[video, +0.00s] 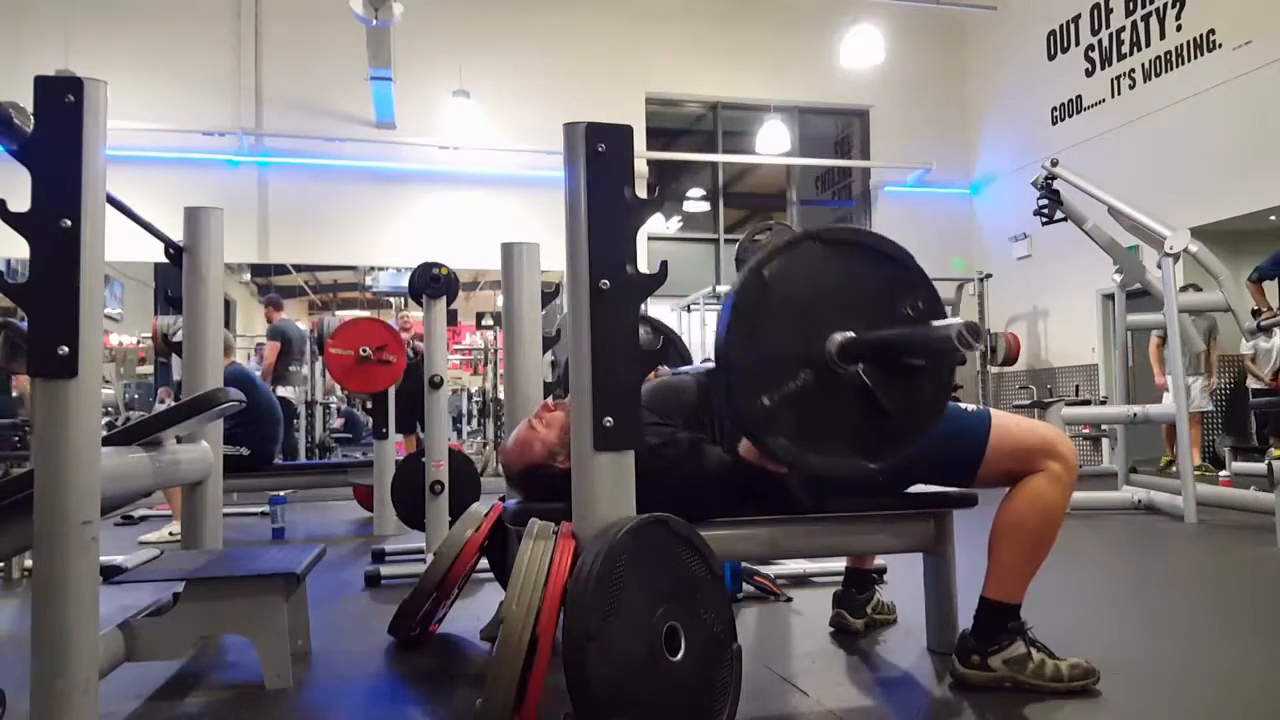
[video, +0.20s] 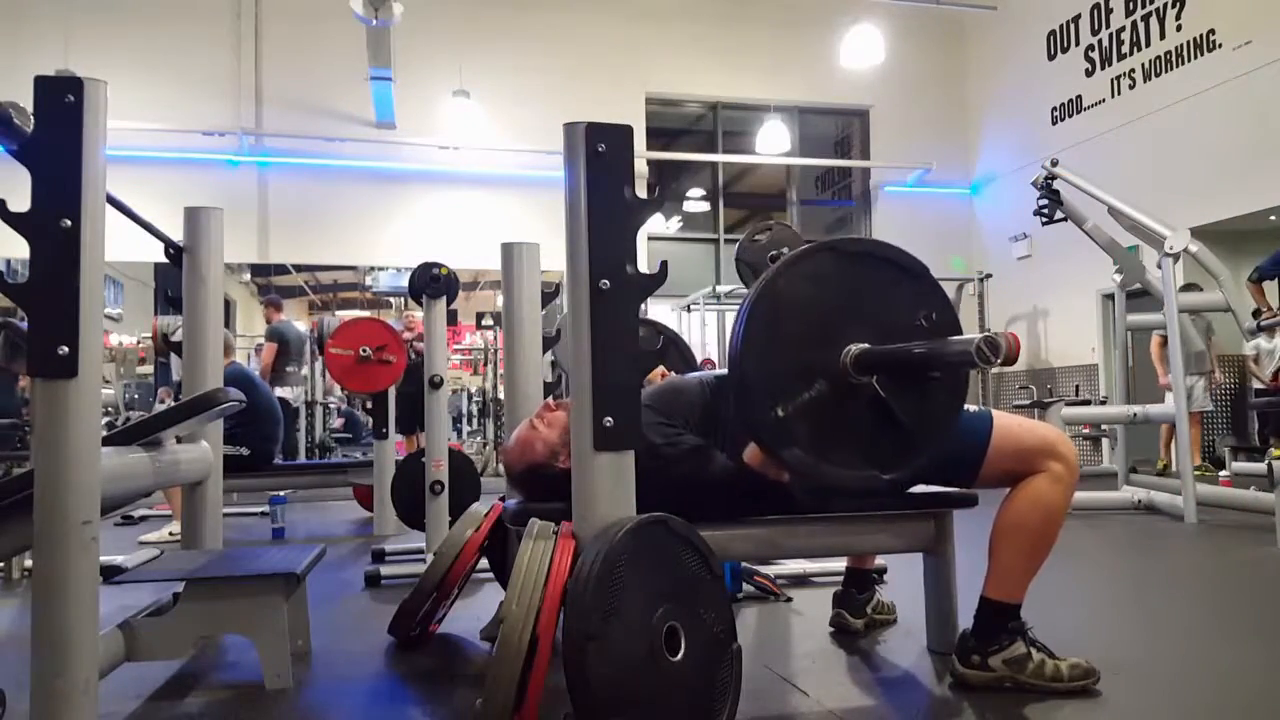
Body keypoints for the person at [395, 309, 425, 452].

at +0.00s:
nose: (406, 320)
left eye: (408, 317)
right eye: (402, 317)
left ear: (413, 321)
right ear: (397, 322)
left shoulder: (422, 337)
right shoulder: (394, 339)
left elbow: (435, 352)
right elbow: (389, 356)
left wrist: (423, 348)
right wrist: (400, 343)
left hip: (424, 386)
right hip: (403, 387)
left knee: (430, 428)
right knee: (408, 430)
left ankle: (434, 462)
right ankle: (412, 462)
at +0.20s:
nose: (410, 320)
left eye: (413, 316)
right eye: (407, 317)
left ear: (417, 320)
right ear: (402, 321)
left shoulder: (424, 337)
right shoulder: (398, 338)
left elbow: (435, 351)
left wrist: (418, 346)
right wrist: (401, 341)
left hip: (424, 386)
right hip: (404, 387)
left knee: (424, 430)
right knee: (408, 431)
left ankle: (425, 461)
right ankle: (411, 461)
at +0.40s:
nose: (418, 318)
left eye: (421, 315)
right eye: (415, 315)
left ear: (425, 318)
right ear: (408, 319)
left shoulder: (431, 337)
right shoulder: (403, 338)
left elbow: (442, 355)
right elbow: (396, 359)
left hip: (427, 386)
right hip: (407, 386)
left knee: (425, 430)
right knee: (410, 431)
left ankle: (424, 463)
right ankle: (411, 462)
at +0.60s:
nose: (421, 327)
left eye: (424, 324)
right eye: (419, 323)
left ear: (431, 324)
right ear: (414, 322)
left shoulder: (434, 338)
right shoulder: (408, 337)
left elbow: (454, 352)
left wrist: (426, 334)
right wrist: (407, 335)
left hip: (428, 389)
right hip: (409, 388)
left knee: (425, 432)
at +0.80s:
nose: (421, 322)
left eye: (424, 318)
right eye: (419, 318)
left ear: (431, 320)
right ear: (415, 319)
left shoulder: (437, 335)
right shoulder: (409, 335)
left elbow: (460, 351)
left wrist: (442, 339)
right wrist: (408, 328)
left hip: (431, 389)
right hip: (411, 386)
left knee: (429, 430)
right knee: (408, 429)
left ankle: (428, 462)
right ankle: (412, 460)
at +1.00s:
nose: (424, 320)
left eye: (427, 316)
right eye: (421, 316)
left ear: (433, 317)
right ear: (417, 317)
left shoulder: (439, 335)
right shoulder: (410, 335)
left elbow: (462, 351)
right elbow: (392, 334)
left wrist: (449, 343)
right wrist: (409, 325)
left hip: (433, 388)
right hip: (413, 385)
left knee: (429, 431)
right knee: (411, 430)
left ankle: (426, 465)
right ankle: (410, 464)